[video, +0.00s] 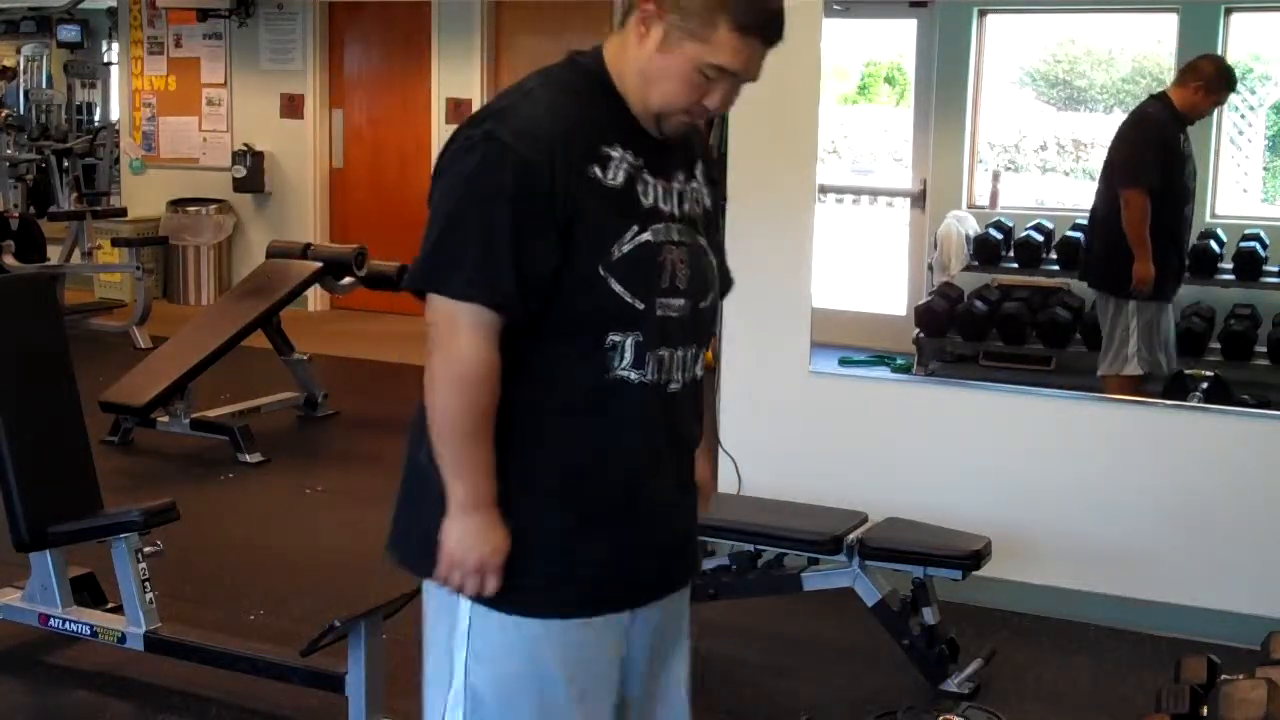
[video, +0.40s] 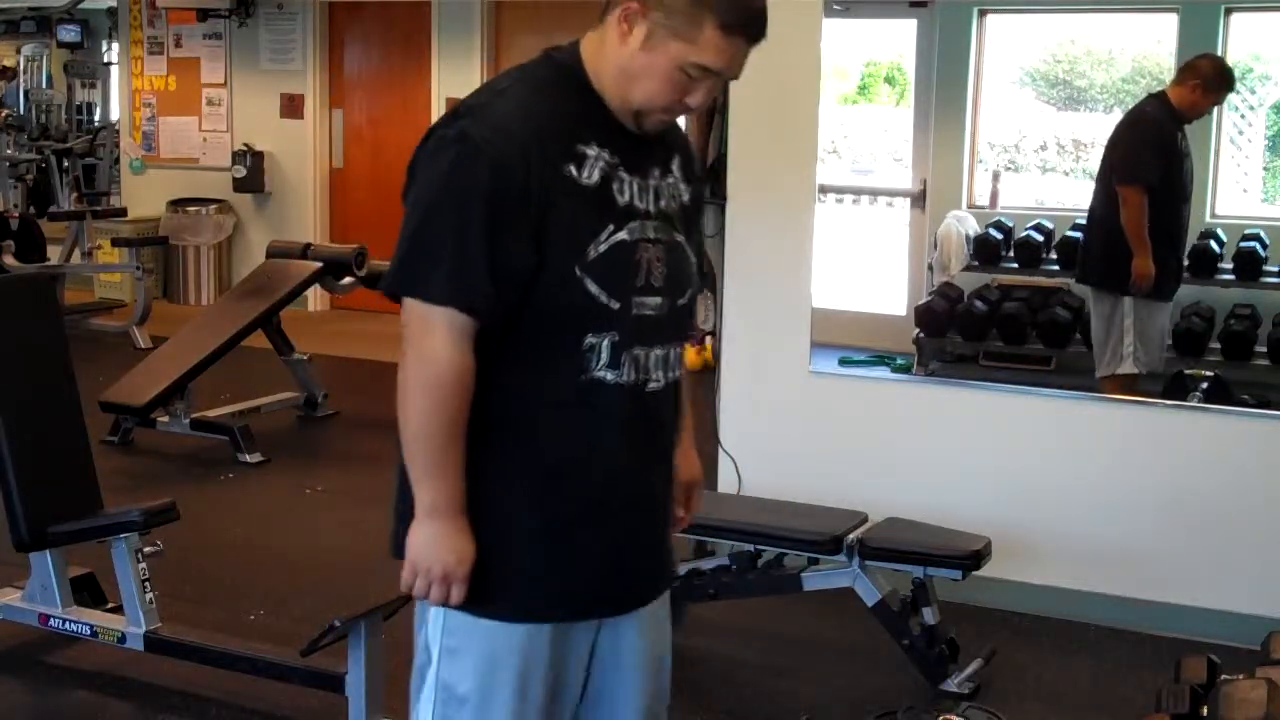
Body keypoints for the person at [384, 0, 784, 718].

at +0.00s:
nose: (719, 105)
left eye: (738, 84)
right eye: (710, 74)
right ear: (646, 21)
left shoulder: (692, 147)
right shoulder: (516, 140)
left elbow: (693, 317)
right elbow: (459, 323)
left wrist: (700, 441)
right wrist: (470, 505)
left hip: (652, 544)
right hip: (524, 558)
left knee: (648, 707)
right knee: (516, 709)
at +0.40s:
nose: (701, 102)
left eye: (718, 82)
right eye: (693, 73)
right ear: (628, 22)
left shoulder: (670, 150)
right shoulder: (491, 138)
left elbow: (663, 319)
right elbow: (432, 329)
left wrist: (681, 440)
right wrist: (437, 515)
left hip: (631, 552)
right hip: (501, 564)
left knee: (626, 711)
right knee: (485, 710)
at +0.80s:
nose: (722, 129)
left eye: (736, 111)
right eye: (717, 103)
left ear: (655, 55)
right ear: (654, 52)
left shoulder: (689, 163)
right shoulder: (504, 146)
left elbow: (657, 331)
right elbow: (429, 332)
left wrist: (670, 458)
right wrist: (406, 517)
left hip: (598, 558)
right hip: (473, 569)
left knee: (596, 711)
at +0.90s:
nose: (732, 146)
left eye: (748, 129)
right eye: (730, 119)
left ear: (671, 66)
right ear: (670, 64)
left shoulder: (697, 172)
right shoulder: (512, 156)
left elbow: (677, 341)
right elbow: (438, 348)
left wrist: (675, 473)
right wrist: (405, 526)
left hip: (589, 553)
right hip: (466, 562)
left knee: (580, 710)